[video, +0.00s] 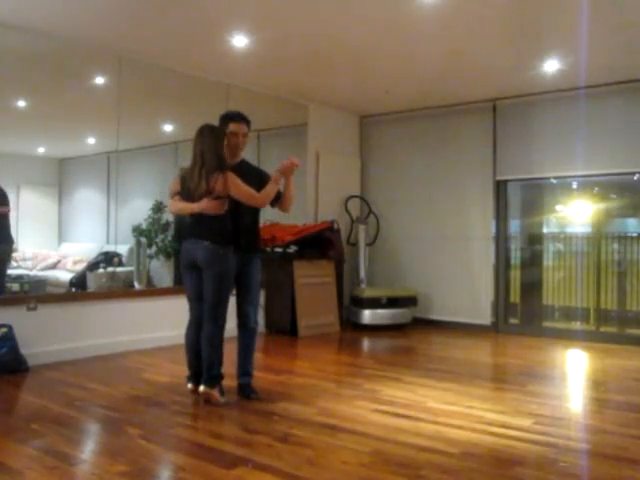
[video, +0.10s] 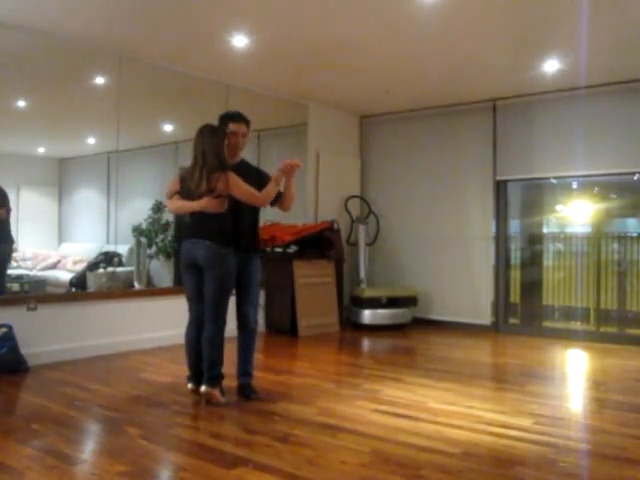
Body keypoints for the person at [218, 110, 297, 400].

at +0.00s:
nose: (237, 141)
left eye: (242, 136)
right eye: (231, 135)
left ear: (248, 139)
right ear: (220, 137)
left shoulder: (255, 174)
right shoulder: (208, 171)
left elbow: (284, 205)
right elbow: (173, 204)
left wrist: (287, 177)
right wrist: (198, 206)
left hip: (248, 251)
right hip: (218, 252)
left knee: (249, 319)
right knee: (214, 317)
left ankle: (245, 380)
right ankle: (212, 379)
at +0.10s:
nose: (236, 141)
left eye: (241, 136)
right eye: (230, 135)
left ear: (247, 139)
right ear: (219, 137)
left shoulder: (254, 174)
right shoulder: (206, 171)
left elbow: (285, 204)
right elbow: (171, 202)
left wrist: (288, 177)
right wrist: (200, 204)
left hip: (248, 252)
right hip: (217, 253)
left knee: (248, 319)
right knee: (213, 317)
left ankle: (245, 380)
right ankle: (210, 379)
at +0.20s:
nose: (235, 142)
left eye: (241, 137)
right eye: (230, 135)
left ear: (246, 139)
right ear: (219, 136)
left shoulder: (253, 174)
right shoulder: (206, 171)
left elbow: (284, 204)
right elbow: (171, 202)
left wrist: (289, 177)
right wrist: (201, 203)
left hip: (247, 252)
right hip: (216, 253)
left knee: (248, 319)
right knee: (214, 318)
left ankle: (245, 380)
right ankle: (214, 379)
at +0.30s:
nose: (234, 142)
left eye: (240, 137)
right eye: (229, 135)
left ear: (245, 140)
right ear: (218, 137)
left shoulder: (252, 175)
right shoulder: (204, 172)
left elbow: (283, 203)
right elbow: (170, 201)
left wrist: (288, 178)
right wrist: (201, 202)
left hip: (246, 252)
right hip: (215, 253)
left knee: (246, 318)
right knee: (214, 317)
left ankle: (245, 379)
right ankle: (214, 378)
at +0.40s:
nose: (233, 142)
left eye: (239, 137)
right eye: (229, 136)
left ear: (245, 140)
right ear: (218, 137)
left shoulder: (251, 175)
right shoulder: (204, 172)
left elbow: (282, 204)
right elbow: (170, 201)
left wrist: (287, 178)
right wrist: (201, 201)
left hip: (246, 251)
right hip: (215, 252)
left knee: (245, 318)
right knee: (214, 317)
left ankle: (242, 379)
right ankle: (214, 378)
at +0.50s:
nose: (233, 142)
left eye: (239, 137)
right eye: (229, 136)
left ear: (244, 140)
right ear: (217, 137)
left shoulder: (251, 175)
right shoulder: (206, 173)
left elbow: (284, 200)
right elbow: (168, 200)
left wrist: (287, 176)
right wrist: (198, 200)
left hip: (245, 251)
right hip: (215, 252)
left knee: (245, 318)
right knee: (214, 317)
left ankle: (242, 379)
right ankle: (214, 378)